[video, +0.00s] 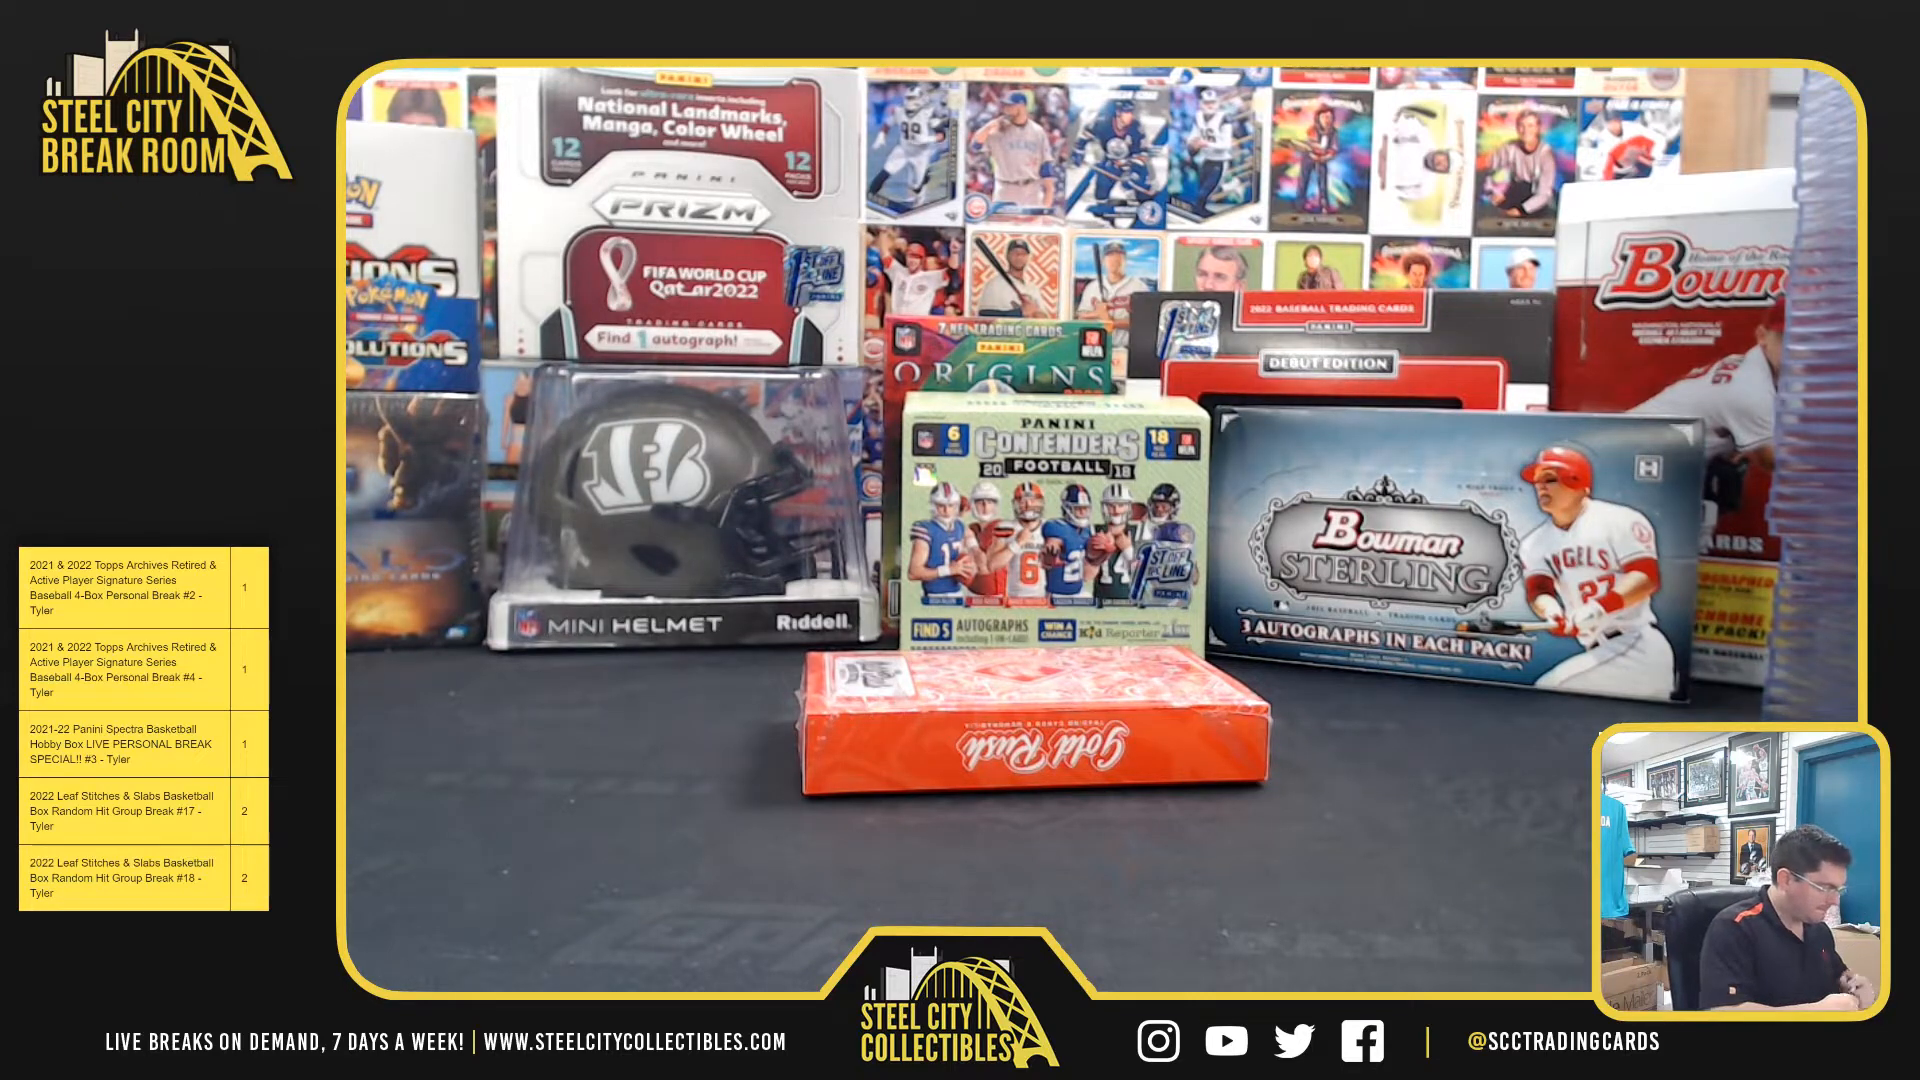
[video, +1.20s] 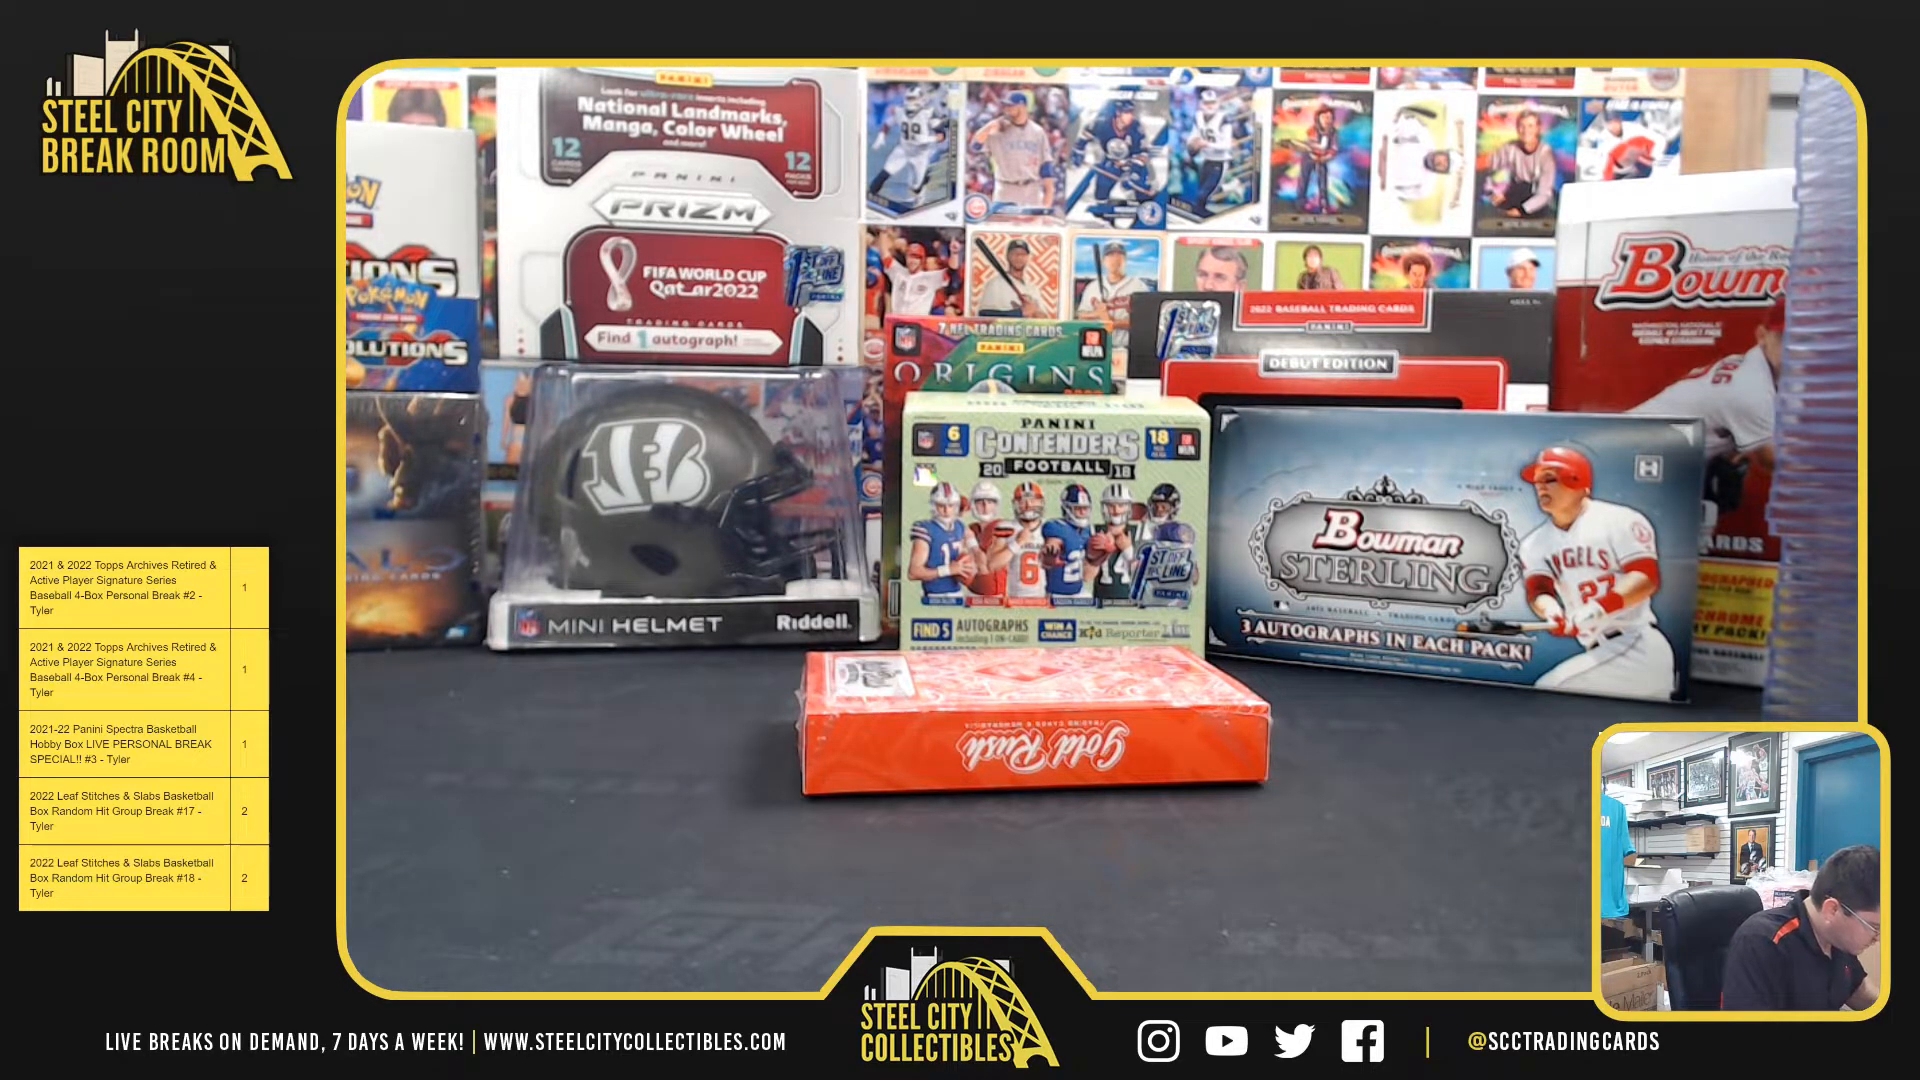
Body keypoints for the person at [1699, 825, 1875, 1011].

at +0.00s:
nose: (1834, 901)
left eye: (1838, 890)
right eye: (1825, 888)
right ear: (1785, 879)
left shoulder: (1817, 927)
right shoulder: (1731, 927)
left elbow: (1838, 974)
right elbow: (1724, 1010)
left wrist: (1858, 987)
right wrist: (1819, 1010)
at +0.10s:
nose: (1839, 905)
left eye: (1843, 894)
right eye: (1829, 892)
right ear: (1789, 882)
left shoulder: (1816, 926)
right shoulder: (1733, 928)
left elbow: (1832, 982)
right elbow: (1721, 1010)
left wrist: (1861, 988)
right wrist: (1826, 1017)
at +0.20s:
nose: (1845, 909)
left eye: (1848, 898)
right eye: (1835, 897)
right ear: (1794, 884)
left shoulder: (1815, 924)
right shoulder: (1738, 931)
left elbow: (1833, 979)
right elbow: (1723, 1017)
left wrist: (1866, 993)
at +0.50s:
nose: (1863, 921)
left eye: (1868, 910)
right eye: (1855, 909)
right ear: (1813, 893)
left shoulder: (1826, 926)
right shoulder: (1748, 935)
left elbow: (1847, 988)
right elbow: (1730, 1020)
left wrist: (1885, 1001)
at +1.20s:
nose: (1877, 939)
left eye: (1879, 928)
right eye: (1873, 927)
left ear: (1830, 909)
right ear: (1832, 910)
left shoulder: (1836, 935)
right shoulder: (1760, 942)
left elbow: (1860, 992)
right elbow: (1744, 1022)